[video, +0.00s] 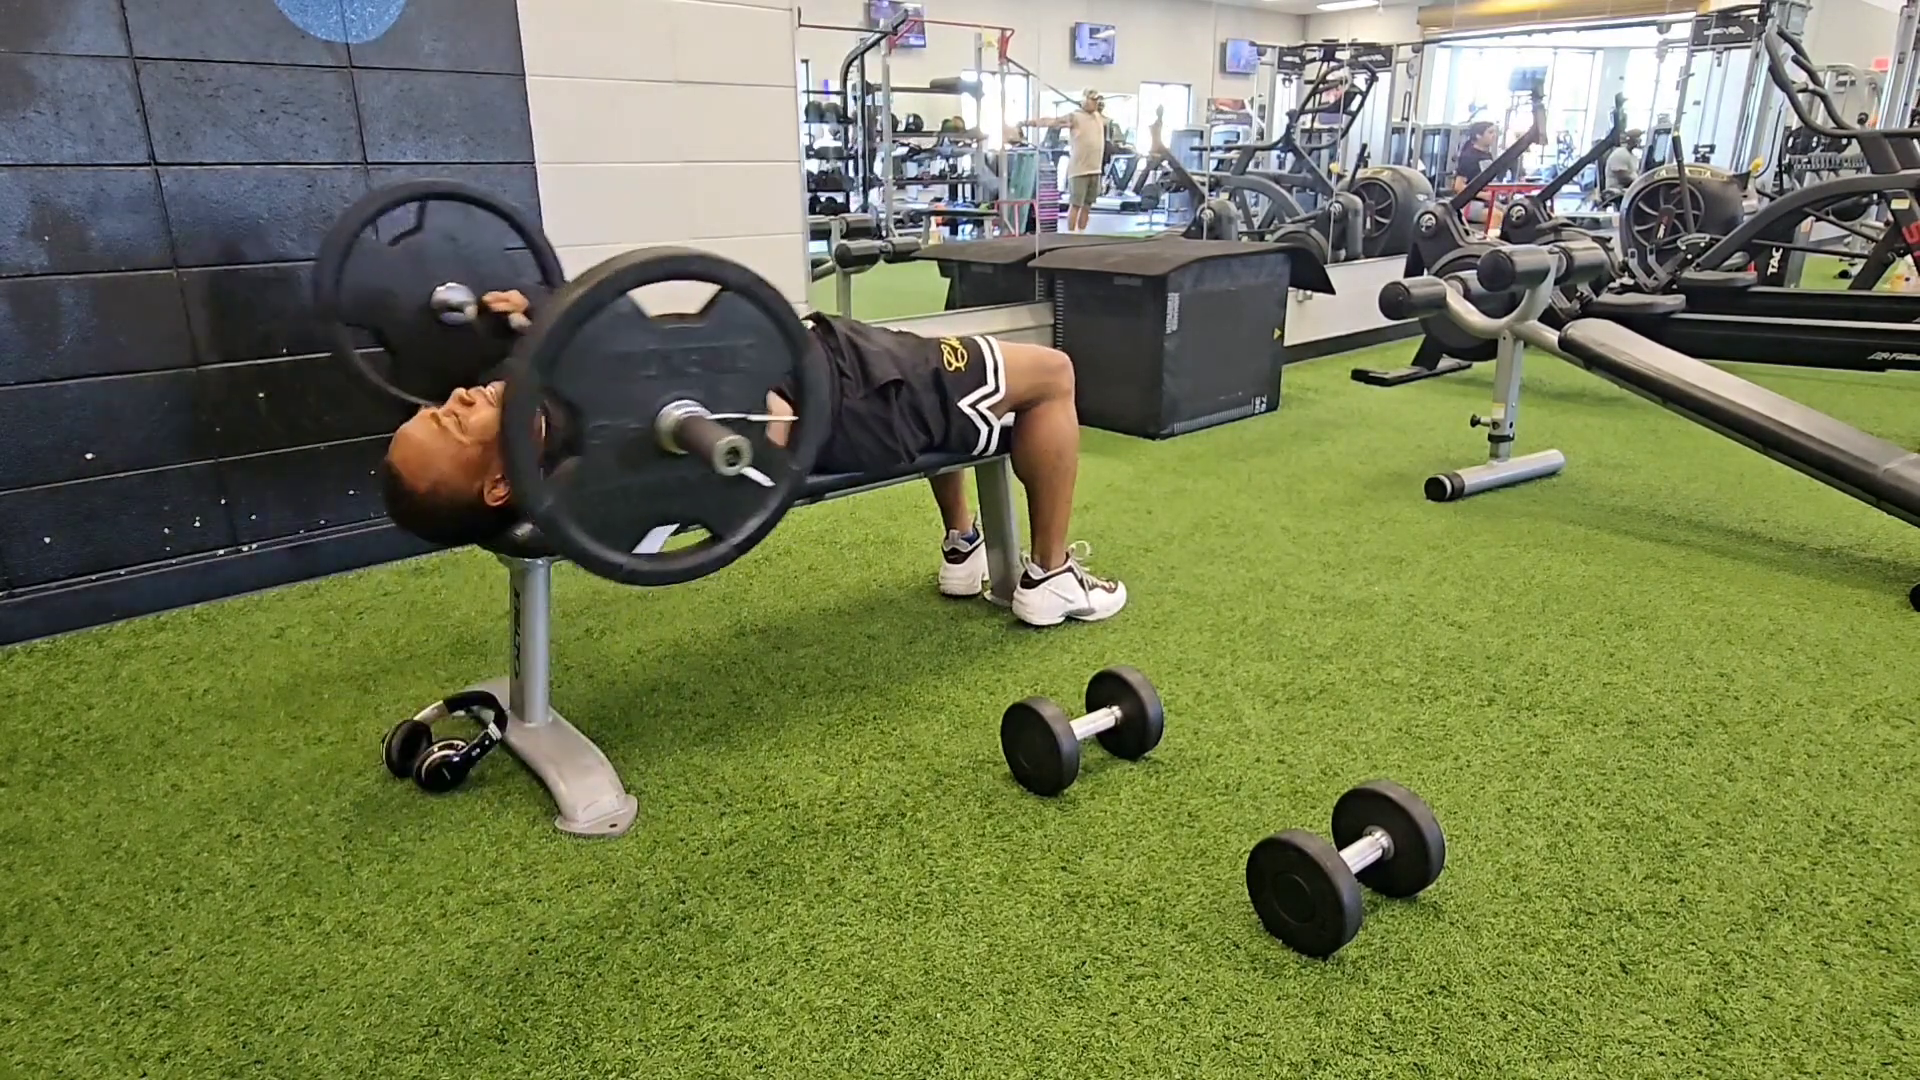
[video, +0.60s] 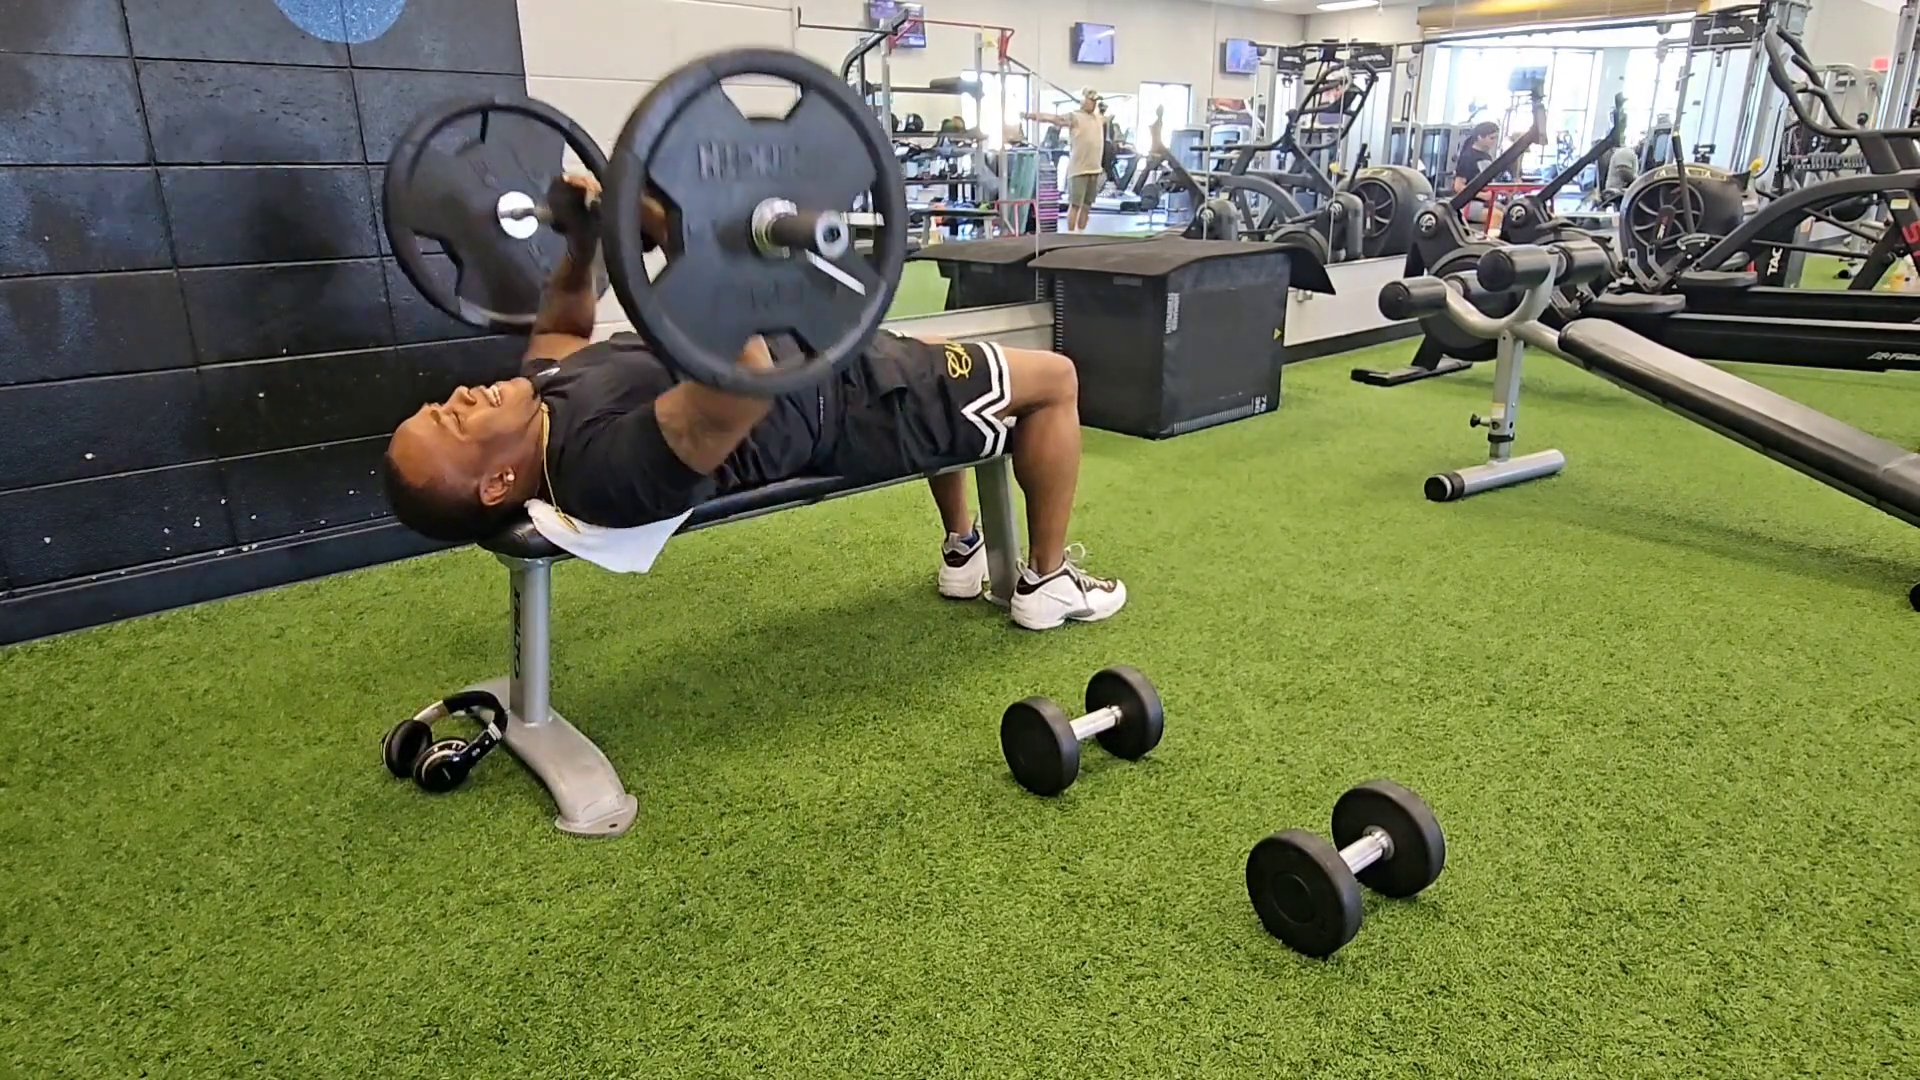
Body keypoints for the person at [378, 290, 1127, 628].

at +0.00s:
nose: (469, 393)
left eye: (448, 402)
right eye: (459, 418)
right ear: (499, 485)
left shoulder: (532, 404)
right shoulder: (587, 481)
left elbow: (611, 339)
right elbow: (692, 475)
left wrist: (538, 318)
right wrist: (762, 446)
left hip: (792, 356)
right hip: (839, 410)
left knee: (937, 345)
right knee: (1050, 372)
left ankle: (965, 545)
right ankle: (1053, 576)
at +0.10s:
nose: (479, 390)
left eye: (457, 401)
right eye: (471, 417)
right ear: (508, 483)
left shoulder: (548, 405)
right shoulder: (608, 474)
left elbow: (640, 379)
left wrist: (583, 326)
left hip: (793, 366)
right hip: (844, 420)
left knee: (933, 341)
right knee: (1053, 372)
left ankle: (965, 545)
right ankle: (1052, 577)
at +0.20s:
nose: (481, 388)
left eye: (457, 399)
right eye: (471, 416)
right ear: (507, 485)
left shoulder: (542, 394)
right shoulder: (605, 470)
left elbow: (659, 368)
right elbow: (732, 491)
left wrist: (608, 326)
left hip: (782, 366)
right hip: (839, 422)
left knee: (935, 341)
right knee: (1053, 372)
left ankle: (964, 545)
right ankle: (1051, 579)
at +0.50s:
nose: (478, 386)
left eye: (452, 398)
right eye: (466, 410)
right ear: (505, 477)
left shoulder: (546, 399)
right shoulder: (609, 473)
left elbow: (619, 339)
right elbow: (730, 474)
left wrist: (611, 282)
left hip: (772, 370)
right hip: (832, 423)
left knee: (940, 345)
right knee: (1055, 379)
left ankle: (965, 547)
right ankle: (1048, 580)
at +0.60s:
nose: (475, 387)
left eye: (448, 395)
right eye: (458, 414)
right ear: (498, 486)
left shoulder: (541, 399)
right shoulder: (602, 471)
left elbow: (560, 332)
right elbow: (721, 410)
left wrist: (578, 241)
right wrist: (724, 277)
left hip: (800, 357)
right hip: (842, 403)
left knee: (937, 348)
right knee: (1052, 376)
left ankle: (968, 549)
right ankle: (1049, 580)